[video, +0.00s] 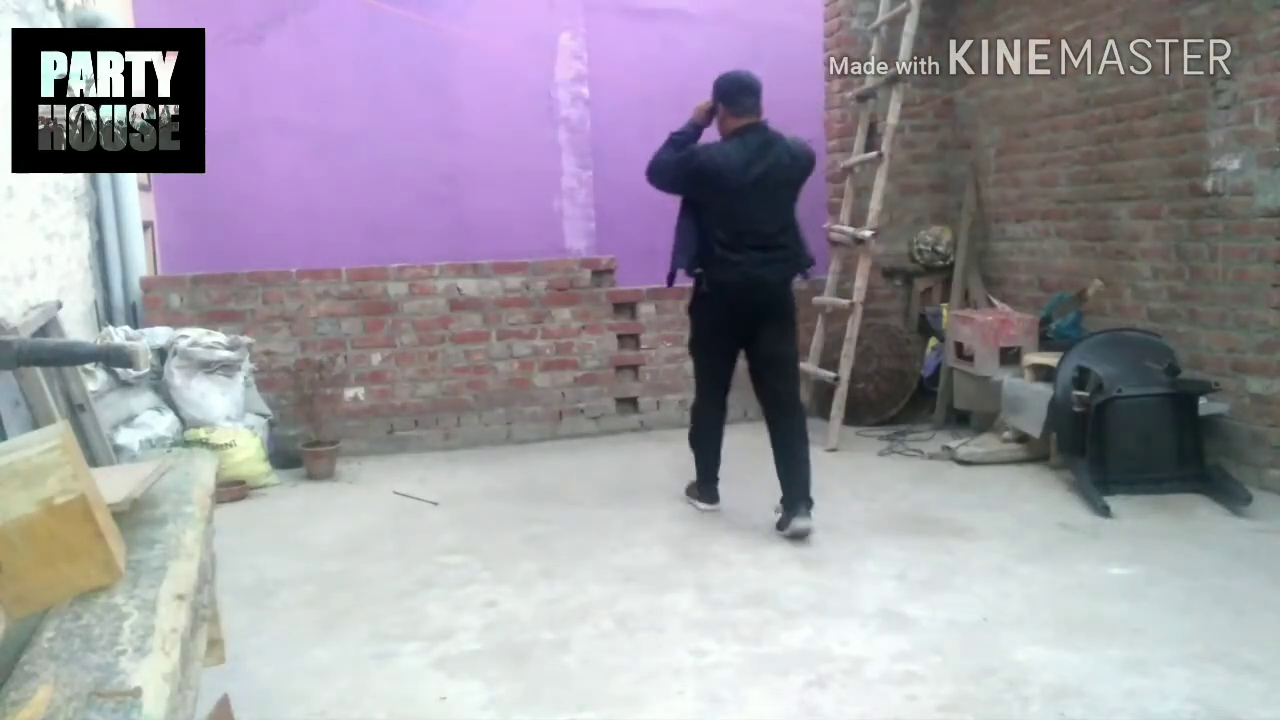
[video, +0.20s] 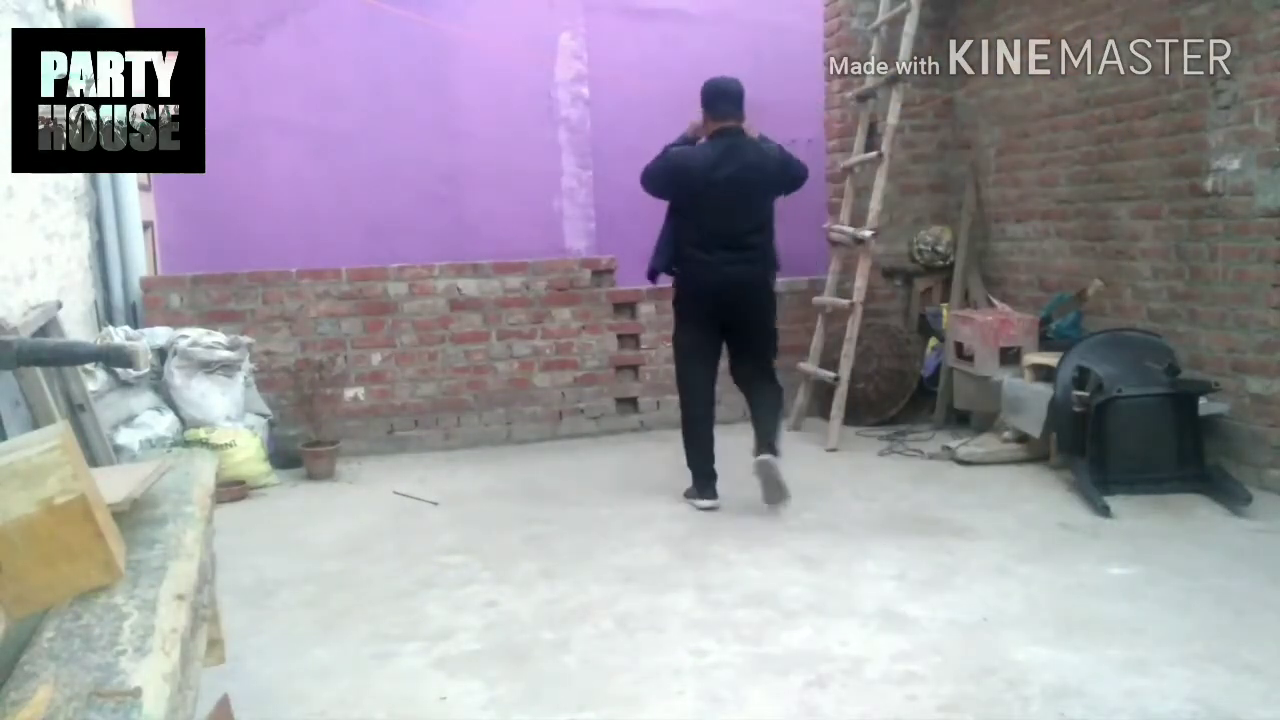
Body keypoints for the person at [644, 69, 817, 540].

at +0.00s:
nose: (719, 117)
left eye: (718, 110)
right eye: (727, 108)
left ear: (719, 113)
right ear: (760, 109)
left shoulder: (706, 162)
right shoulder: (791, 156)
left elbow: (658, 170)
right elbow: (803, 153)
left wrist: (692, 126)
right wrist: (759, 129)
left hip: (718, 296)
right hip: (774, 296)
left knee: (711, 392)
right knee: (784, 397)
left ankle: (706, 485)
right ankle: (797, 505)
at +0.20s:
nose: (708, 119)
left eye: (707, 113)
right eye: (725, 113)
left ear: (703, 115)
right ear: (743, 114)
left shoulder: (686, 163)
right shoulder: (765, 159)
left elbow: (650, 179)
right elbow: (797, 173)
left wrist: (686, 139)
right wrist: (760, 141)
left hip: (697, 292)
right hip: (752, 291)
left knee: (695, 387)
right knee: (757, 371)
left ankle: (704, 486)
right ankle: (768, 449)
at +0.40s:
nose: (717, 113)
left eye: (710, 105)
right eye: (731, 106)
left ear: (703, 109)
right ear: (740, 109)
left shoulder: (676, 161)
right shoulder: (764, 159)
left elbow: (661, 209)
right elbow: (797, 210)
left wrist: (693, 224)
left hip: (695, 288)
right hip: (750, 286)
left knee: (700, 380)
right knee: (751, 367)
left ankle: (702, 481)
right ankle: (757, 461)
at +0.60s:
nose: (725, 127)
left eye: (718, 119)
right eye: (739, 120)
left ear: (712, 123)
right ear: (747, 123)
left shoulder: (688, 176)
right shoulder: (771, 174)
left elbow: (672, 242)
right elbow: (792, 240)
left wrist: (661, 295)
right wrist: (806, 289)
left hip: (706, 298)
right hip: (758, 298)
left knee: (704, 374)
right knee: (757, 370)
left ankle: (705, 459)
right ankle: (756, 454)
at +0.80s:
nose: (731, 125)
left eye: (724, 119)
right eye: (743, 118)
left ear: (719, 122)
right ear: (753, 121)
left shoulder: (700, 169)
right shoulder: (781, 168)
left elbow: (689, 229)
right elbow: (792, 228)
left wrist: (682, 277)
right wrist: (791, 275)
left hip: (715, 287)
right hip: (764, 288)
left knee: (707, 354)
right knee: (762, 370)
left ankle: (718, 426)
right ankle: (756, 454)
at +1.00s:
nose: (735, 133)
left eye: (728, 126)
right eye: (746, 126)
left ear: (721, 130)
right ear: (753, 129)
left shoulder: (700, 177)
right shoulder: (776, 174)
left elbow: (683, 239)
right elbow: (797, 234)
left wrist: (679, 292)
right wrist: (809, 283)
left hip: (716, 291)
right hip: (764, 291)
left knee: (724, 360)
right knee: (761, 367)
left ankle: (726, 432)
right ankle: (756, 454)